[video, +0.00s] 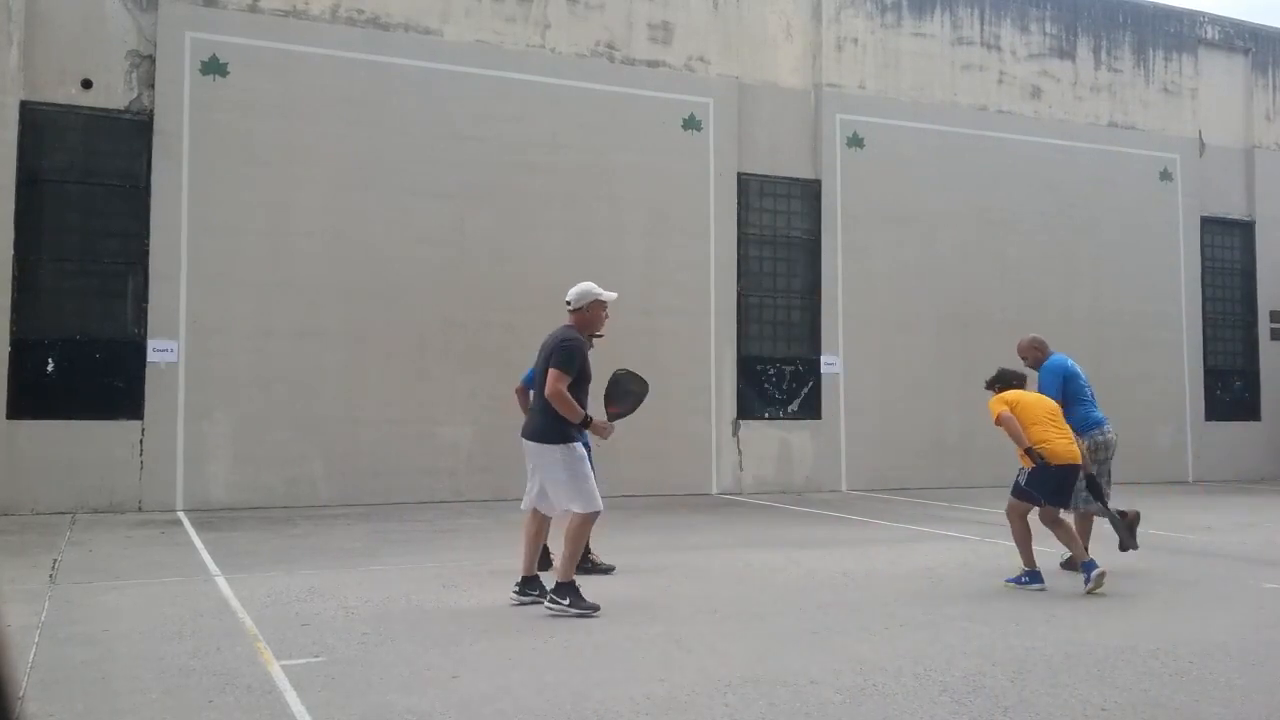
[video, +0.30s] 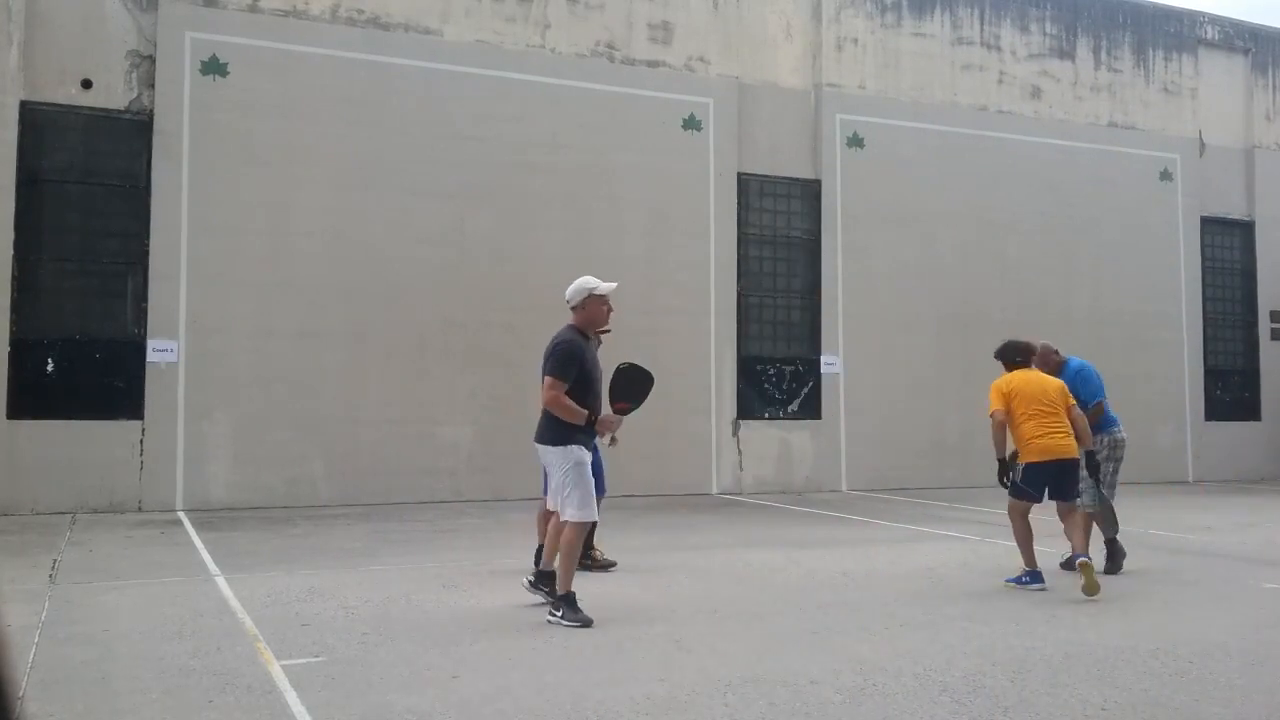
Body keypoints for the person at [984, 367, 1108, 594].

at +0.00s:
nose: (991, 395)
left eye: (992, 392)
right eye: (990, 392)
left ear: (998, 389)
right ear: (1020, 386)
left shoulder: (999, 399)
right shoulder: (1046, 400)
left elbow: (1006, 418)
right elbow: (1073, 437)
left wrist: (1027, 449)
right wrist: (1088, 473)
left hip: (1043, 461)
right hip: (1072, 461)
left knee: (1015, 512)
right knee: (1049, 516)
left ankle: (1031, 572)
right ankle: (1089, 566)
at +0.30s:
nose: (1000, 368)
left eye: (1001, 364)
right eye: (1000, 364)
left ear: (1008, 364)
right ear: (1031, 361)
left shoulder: (1002, 384)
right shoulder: (1055, 382)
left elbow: (999, 419)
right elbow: (1078, 417)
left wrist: (1001, 460)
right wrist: (1090, 453)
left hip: (1033, 458)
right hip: (1068, 455)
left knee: (1017, 512)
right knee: (1069, 512)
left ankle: (1032, 571)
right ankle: (1081, 556)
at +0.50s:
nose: (1065, 351)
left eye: (1063, 347)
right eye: (1063, 347)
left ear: (1034, 353)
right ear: (1057, 350)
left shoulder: (1019, 378)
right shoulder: (1077, 377)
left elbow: (1000, 412)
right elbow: (1091, 419)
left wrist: (999, 451)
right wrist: (1096, 456)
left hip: (1037, 458)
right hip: (1074, 458)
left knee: (1025, 512)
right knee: (1085, 517)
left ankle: (1032, 571)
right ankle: (1072, 575)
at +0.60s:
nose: (1086, 353)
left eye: (1085, 347)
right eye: (1083, 347)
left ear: (1053, 350)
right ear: (1071, 349)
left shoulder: (1032, 376)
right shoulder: (1089, 377)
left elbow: (1009, 414)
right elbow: (1101, 420)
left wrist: (1005, 450)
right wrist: (1105, 458)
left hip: (1044, 460)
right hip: (1082, 461)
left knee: (1035, 516)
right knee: (1088, 520)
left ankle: (1033, 571)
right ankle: (1072, 579)